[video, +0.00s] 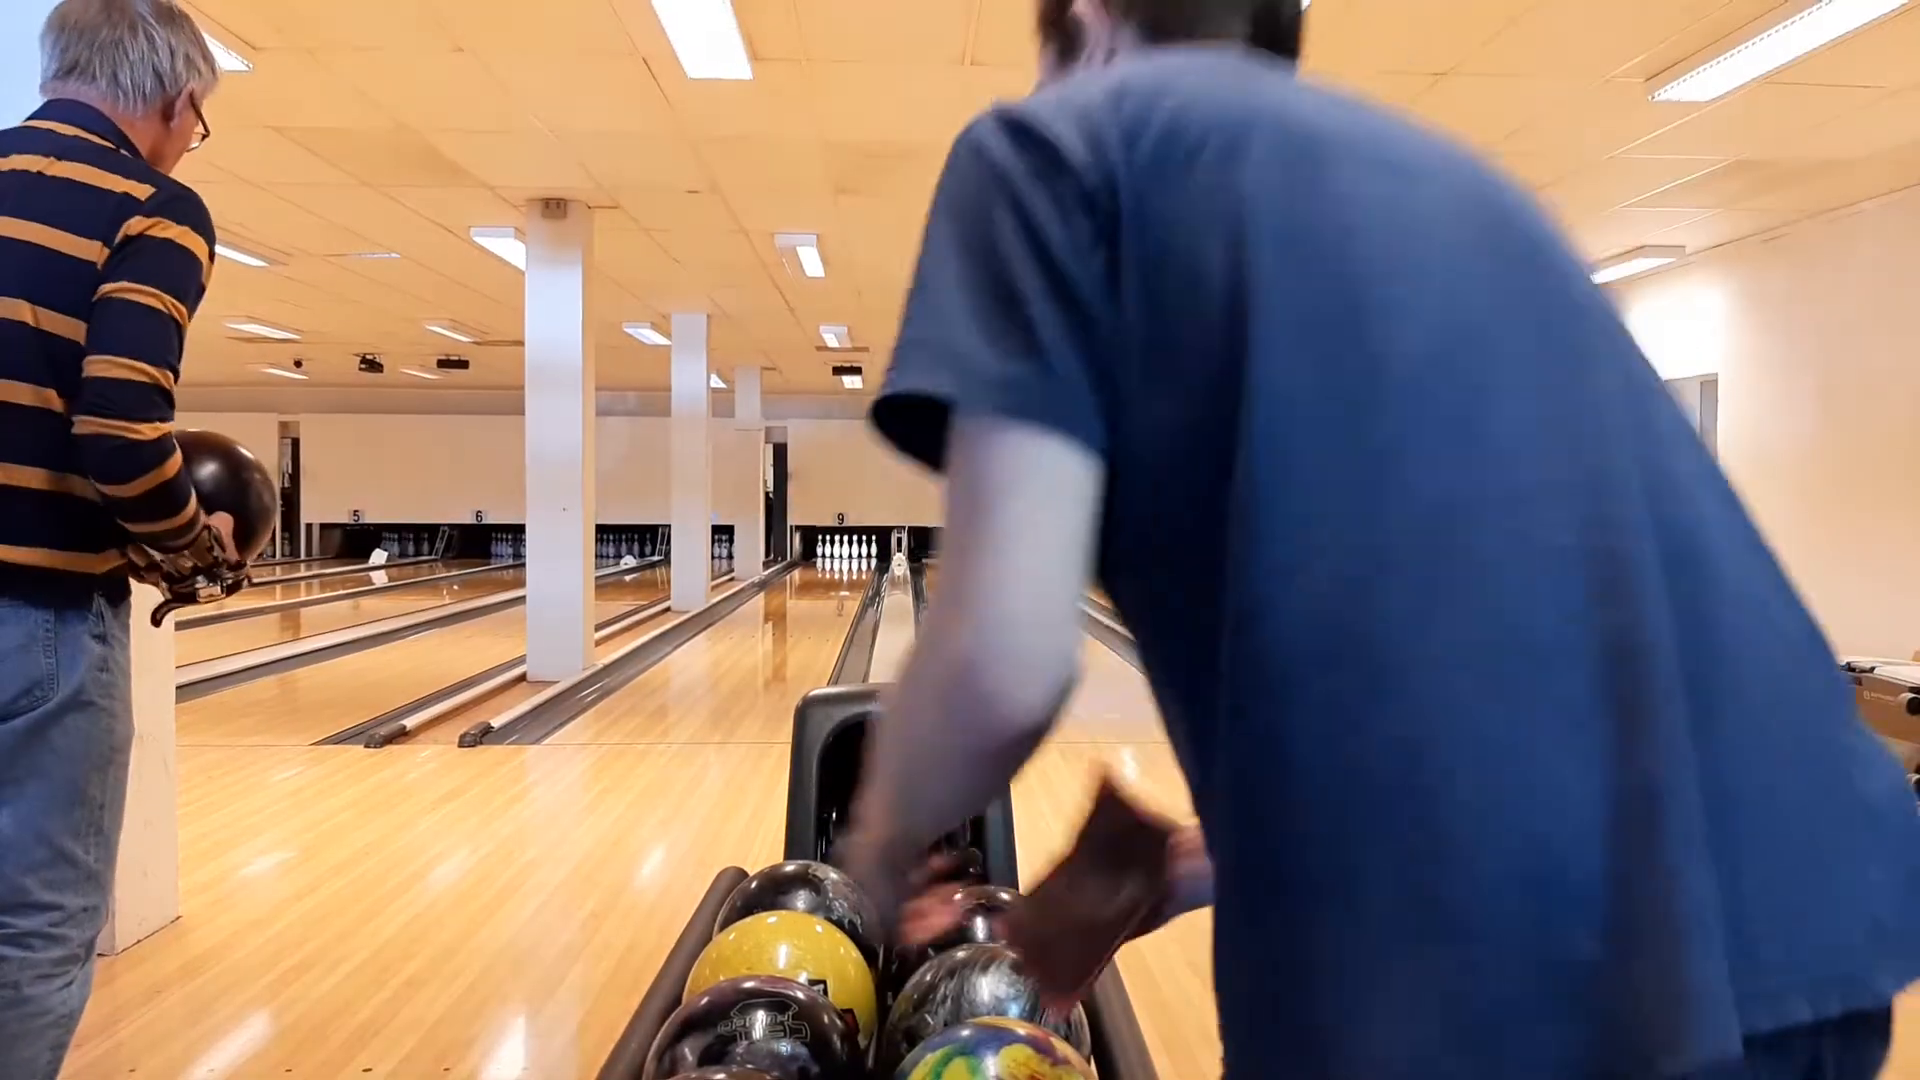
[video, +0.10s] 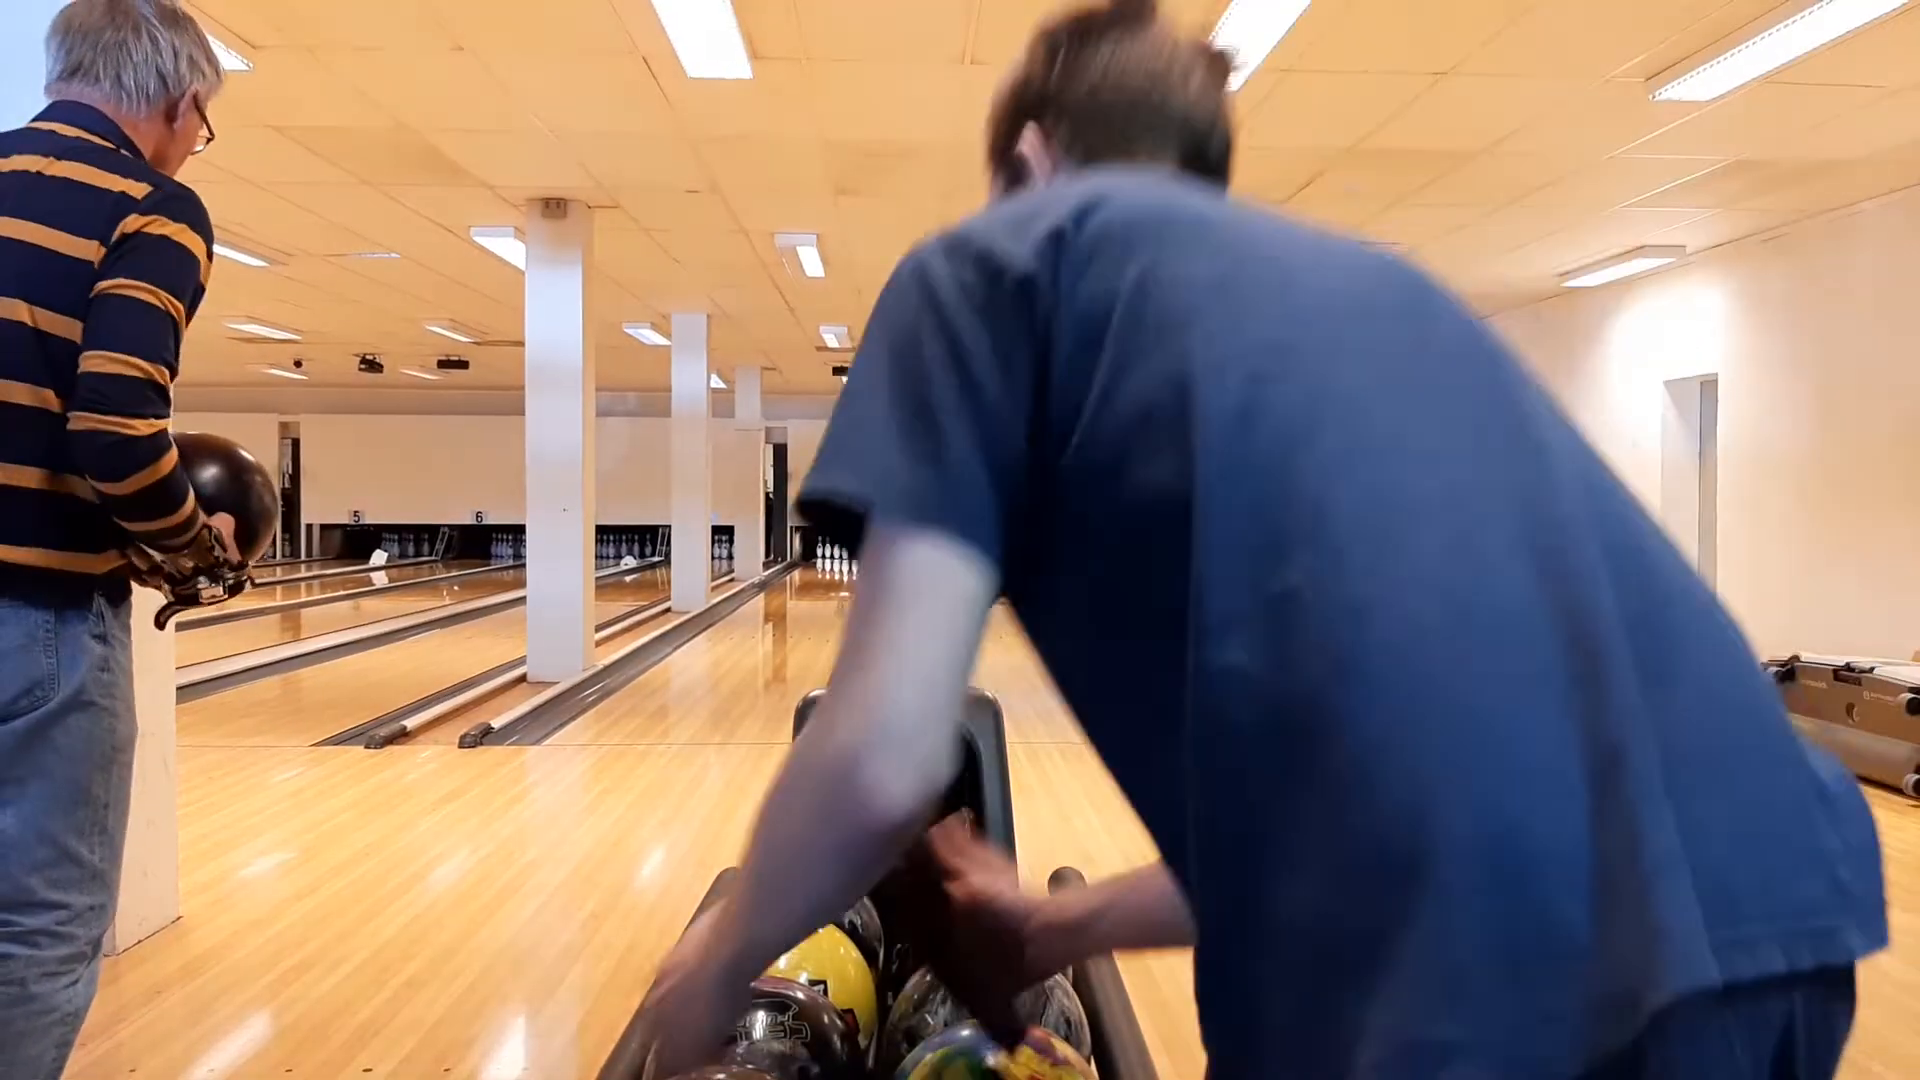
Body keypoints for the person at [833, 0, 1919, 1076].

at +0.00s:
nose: (1041, 82)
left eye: (1041, 62)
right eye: (1041, 66)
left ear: (1082, 28)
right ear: (1277, 47)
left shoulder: (1067, 144)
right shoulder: (1443, 180)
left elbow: (1005, 666)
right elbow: (1503, 684)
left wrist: (877, 858)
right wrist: (1191, 861)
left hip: (1486, 982)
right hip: (1812, 928)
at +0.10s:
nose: (984, 193)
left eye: (990, 163)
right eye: (987, 165)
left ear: (1029, 157)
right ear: (1218, 167)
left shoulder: (1004, 269)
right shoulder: (1367, 288)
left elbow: (882, 759)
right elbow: (1368, 798)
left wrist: (707, 982)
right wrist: (1061, 925)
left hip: (1474, 967)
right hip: (1782, 911)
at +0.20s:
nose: (941, 326)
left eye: (943, 299)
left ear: (981, 267)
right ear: (1163, 276)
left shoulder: (963, 363)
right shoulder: (1321, 374)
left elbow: (788, 861)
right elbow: (1192, 865)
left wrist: (623, 1063)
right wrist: (912, 1061)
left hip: (1434, 975)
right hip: (1752, 912)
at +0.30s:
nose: (898, 407)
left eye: (901, 387)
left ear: (943, 363)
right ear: (1130, 349)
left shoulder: (913, 437)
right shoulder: (1281, 426)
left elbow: (736, 921)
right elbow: (1100, 949)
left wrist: (624, 1072)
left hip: (1404, 992)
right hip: (1727, 923)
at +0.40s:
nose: (887, 433)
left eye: (889, 416)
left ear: (926, 399)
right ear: (1112, 383)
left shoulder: (896, 475)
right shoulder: (1254, 447)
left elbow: (726, 966)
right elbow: (1092, 968)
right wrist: (938, 1077)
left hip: (1404, 982)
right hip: (1707, 910)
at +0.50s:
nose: (887, 429)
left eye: (889, 414)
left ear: (925, 392)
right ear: (1107, 375)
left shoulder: (882, 481)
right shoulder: (1248, 441)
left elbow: (792, 963)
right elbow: (1162, 910)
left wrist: (704, 1047)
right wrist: (964, 1076)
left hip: (1393, 992)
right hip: (1703, 920)